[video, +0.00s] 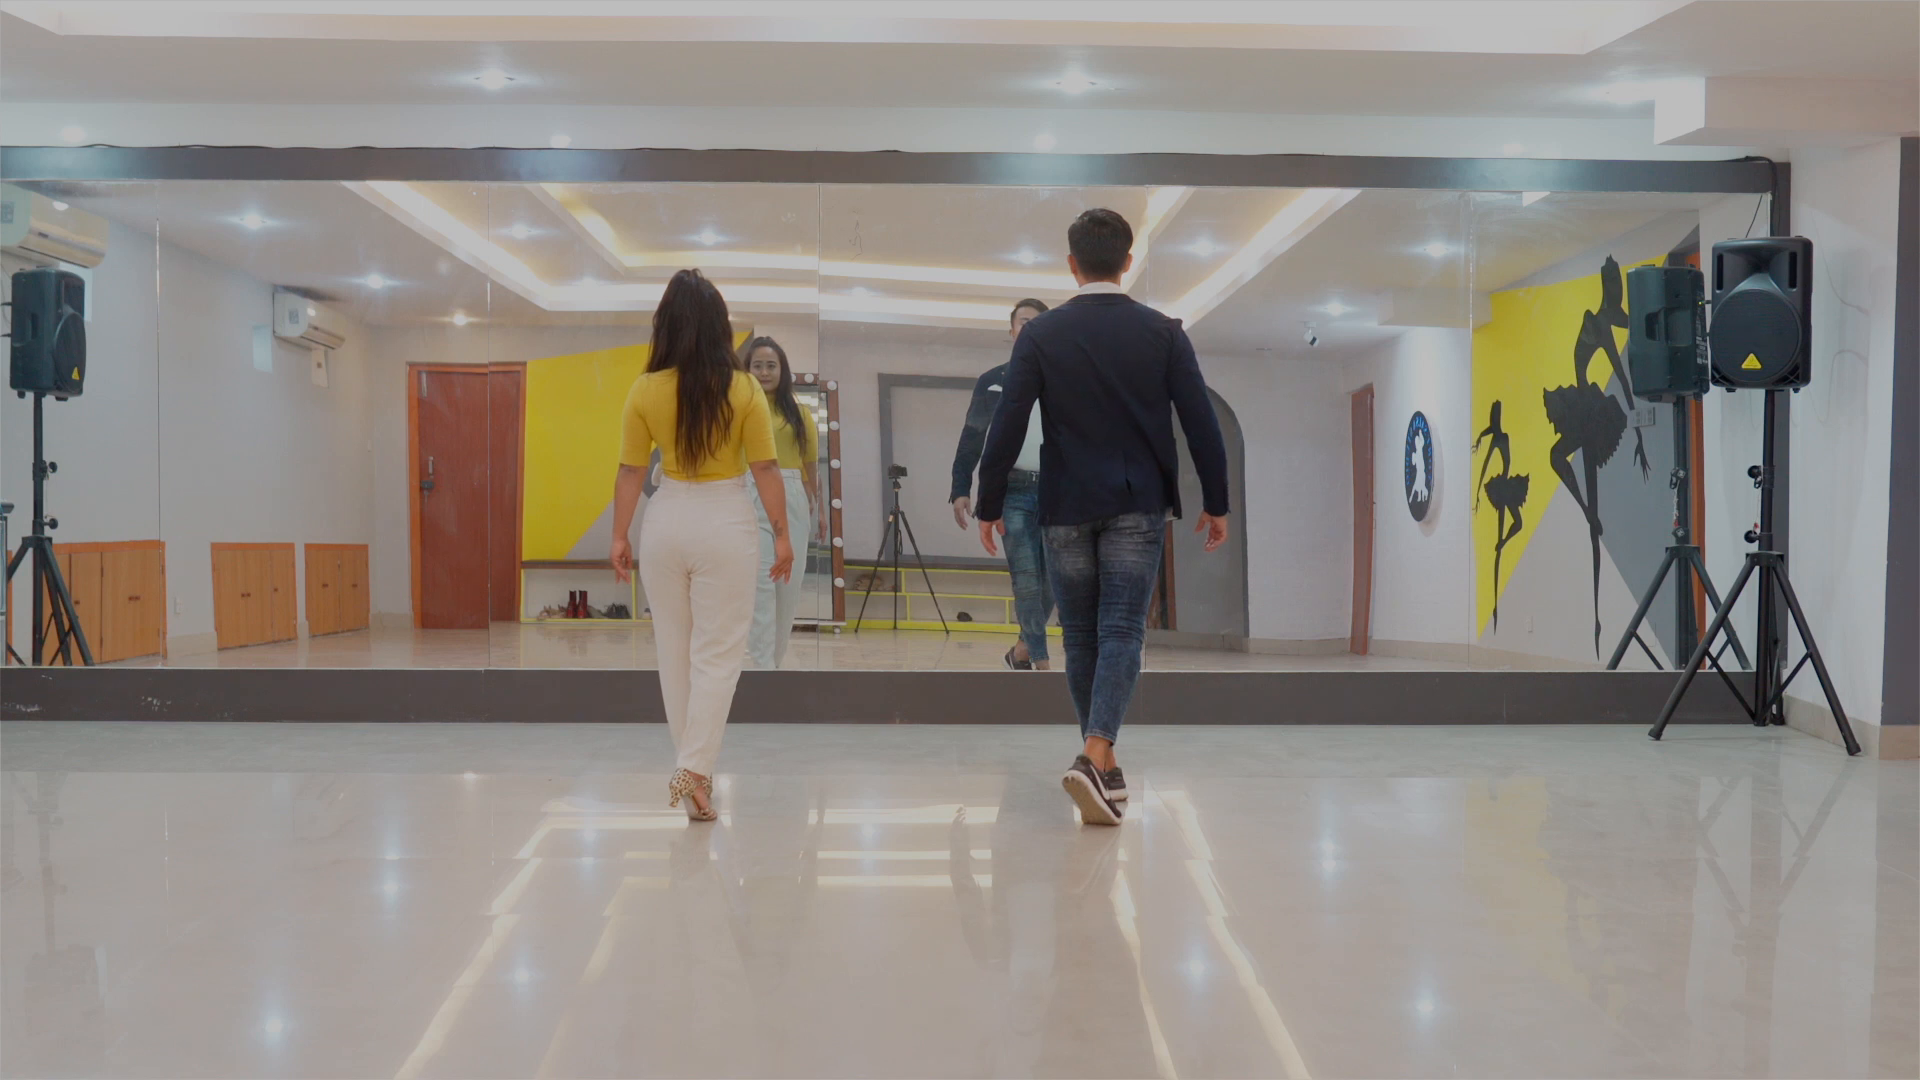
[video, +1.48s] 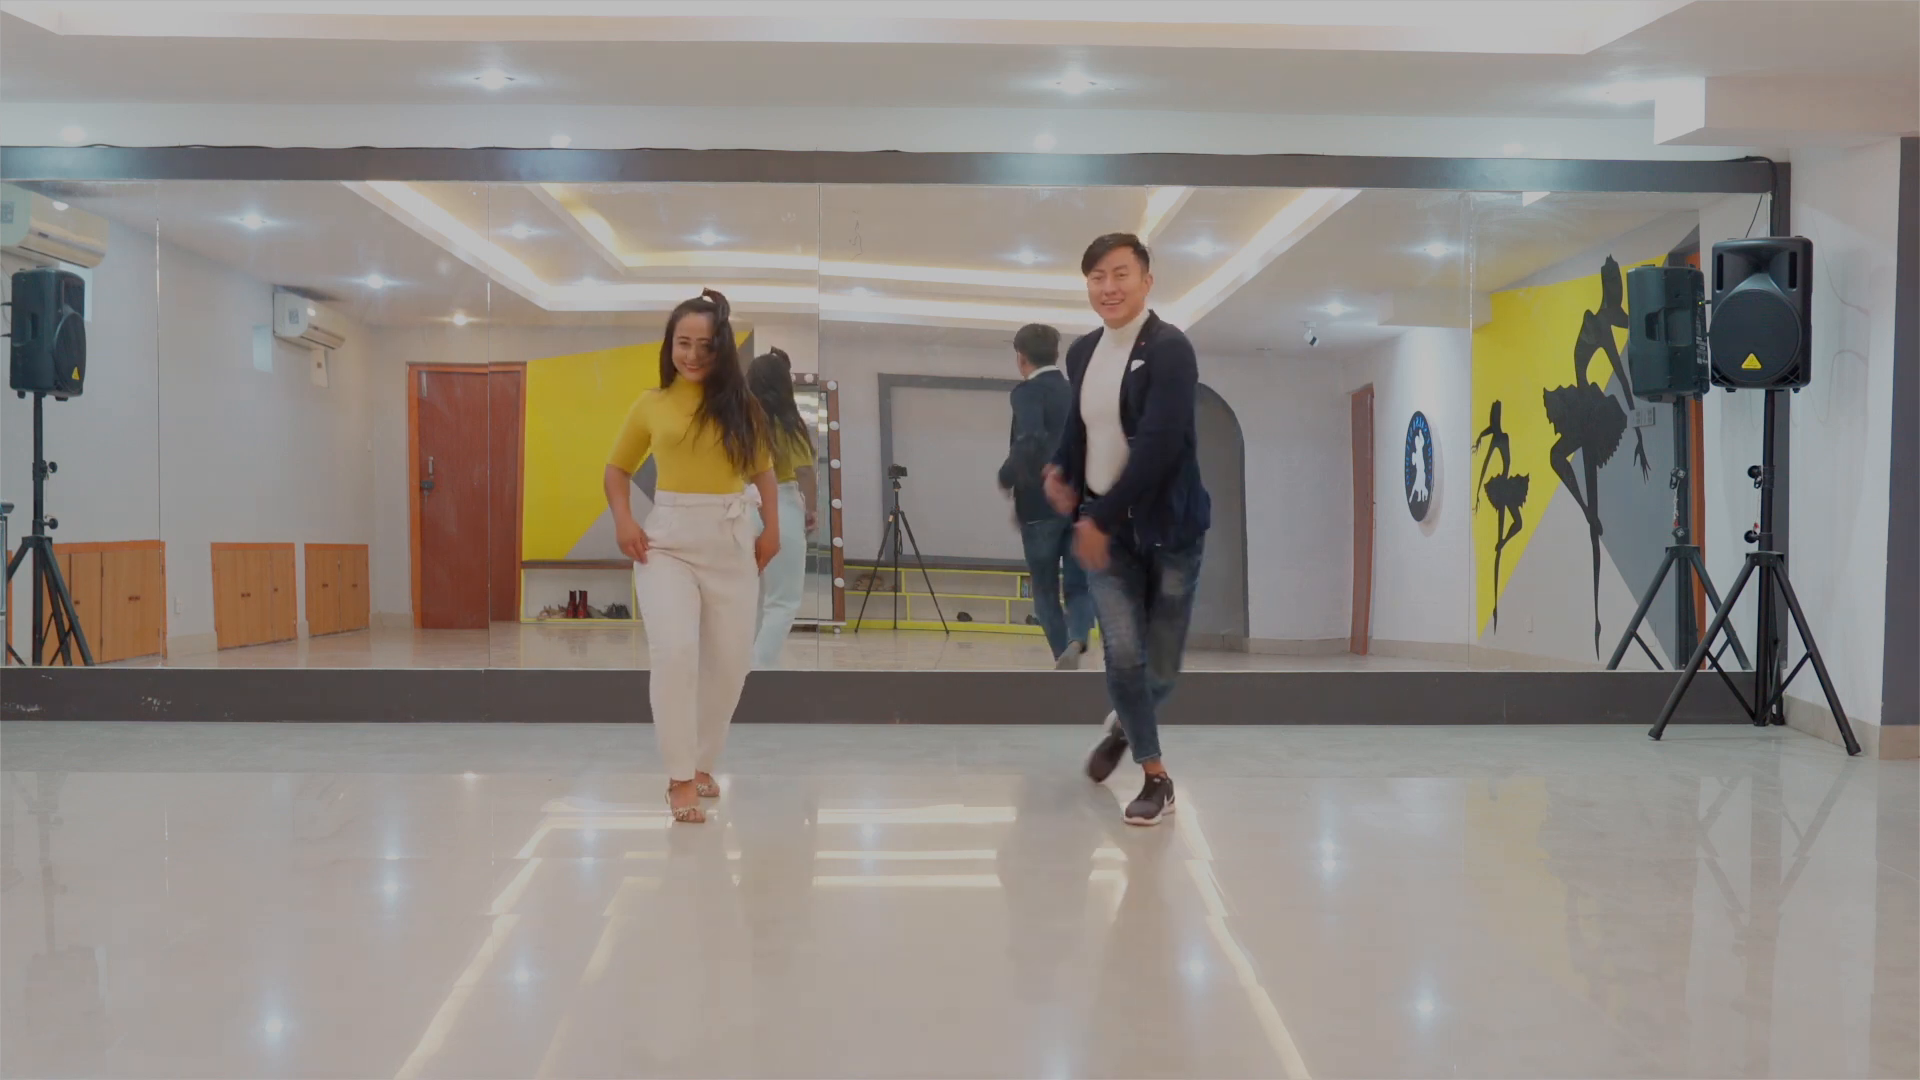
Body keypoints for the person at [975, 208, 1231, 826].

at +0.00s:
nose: (1075, 267)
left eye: (1071, 259)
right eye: (1125, 257)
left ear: (1070, 263)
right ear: (1130, 261)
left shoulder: (1042, 332)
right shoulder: (1161, 330)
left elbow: (1009, 422)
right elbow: (1200, 418)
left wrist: (989, 500)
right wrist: (1216, 500)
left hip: (1065, 500)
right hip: (1139, 499)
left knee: (1080, 634)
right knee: (1122, 630)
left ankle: (1107, 771)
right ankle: (1091, 758)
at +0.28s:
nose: (1138, 270)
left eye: (1082, 266)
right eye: (1138, 263)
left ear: (1077, 272)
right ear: (1136, 268)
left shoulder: (1048, 339)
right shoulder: (1154, 330)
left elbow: (1004, 423)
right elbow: (1186, 415)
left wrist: (1034, 484)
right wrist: (1210, 487)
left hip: (1060, 504)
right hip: (1131, 504)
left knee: (1077, 633)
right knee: (1129, 638)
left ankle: (1095, 763)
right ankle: (1097, 764)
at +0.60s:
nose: (1135, 279)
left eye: (1144, 268)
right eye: (1122, 268)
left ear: (1157, 278)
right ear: (1097, 276)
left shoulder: (1170, 359)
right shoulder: (1057, 344)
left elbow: (1181, 438)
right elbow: (1010, 418)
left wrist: (1166, 499)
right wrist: (1072, 474)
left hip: (1135, 518)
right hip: (1074, 515)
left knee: (1097, 637)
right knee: (1107, 637)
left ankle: (1046, 743)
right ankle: (1088, 774)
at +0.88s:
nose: (1116, 289)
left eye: (1128, 277)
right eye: (1106, 278)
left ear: (1154, 283)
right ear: (1094, 286)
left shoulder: (1181, 357)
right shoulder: (1066, 351)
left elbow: (1220, 430)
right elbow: (993, 415)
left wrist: (1193, 491)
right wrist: (1042, 482)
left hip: (1142, 521)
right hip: (1076, 514)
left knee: (1104, 638)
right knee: (1105, 634)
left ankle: (1049, 742)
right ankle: (1098, 773)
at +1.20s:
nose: (1119, 298)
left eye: (1131, 285)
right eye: (1109, 288)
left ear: (1157, 292)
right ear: (1096, 298)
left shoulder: (1187, 359)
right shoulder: (1065, 356)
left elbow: (1169, 431)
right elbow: (1010, 429)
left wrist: (1086, 416)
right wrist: (1019, 502)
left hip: (1161, 530)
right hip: (1091, 525)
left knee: (1129, 655)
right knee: (1119, 651)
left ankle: (1059, 734)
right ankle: (1155, 775)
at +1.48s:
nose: (1109, 286)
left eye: (1121, 274)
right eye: (1098, 276)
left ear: (1147, 281)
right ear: (1087, 288)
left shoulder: (1170, 348)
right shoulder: (1082, 352)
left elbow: (1162, 444)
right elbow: (1080, 425)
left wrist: (1101, 515)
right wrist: (1059, 467)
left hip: (1170, 521)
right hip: (1102, 519)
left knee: (1163, 667)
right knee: (1122, 652)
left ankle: (1122, 724)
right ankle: (1155, 775)